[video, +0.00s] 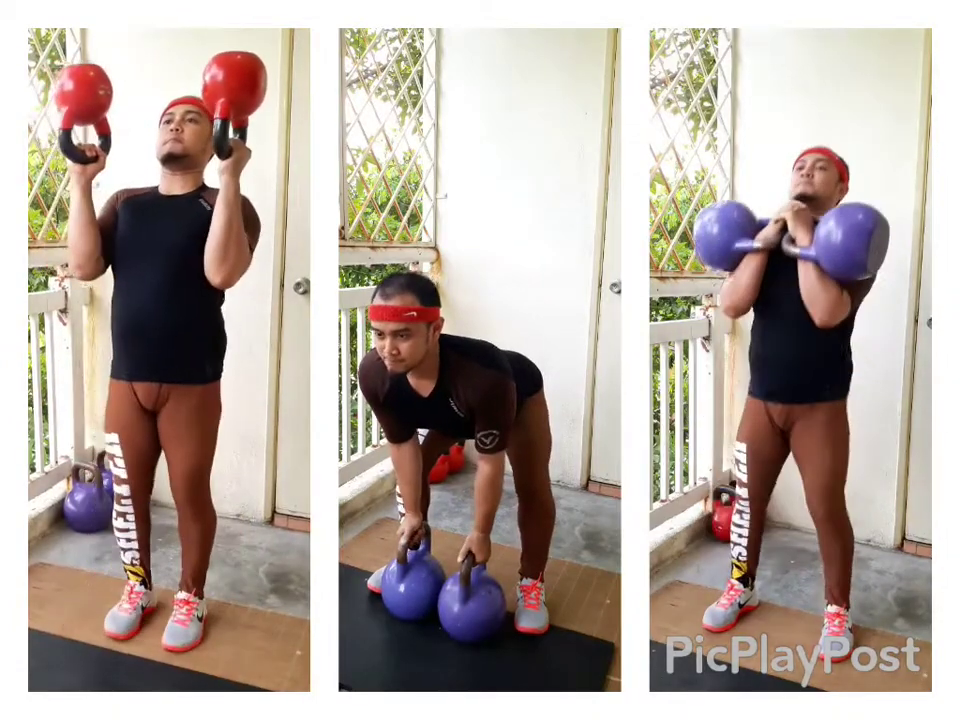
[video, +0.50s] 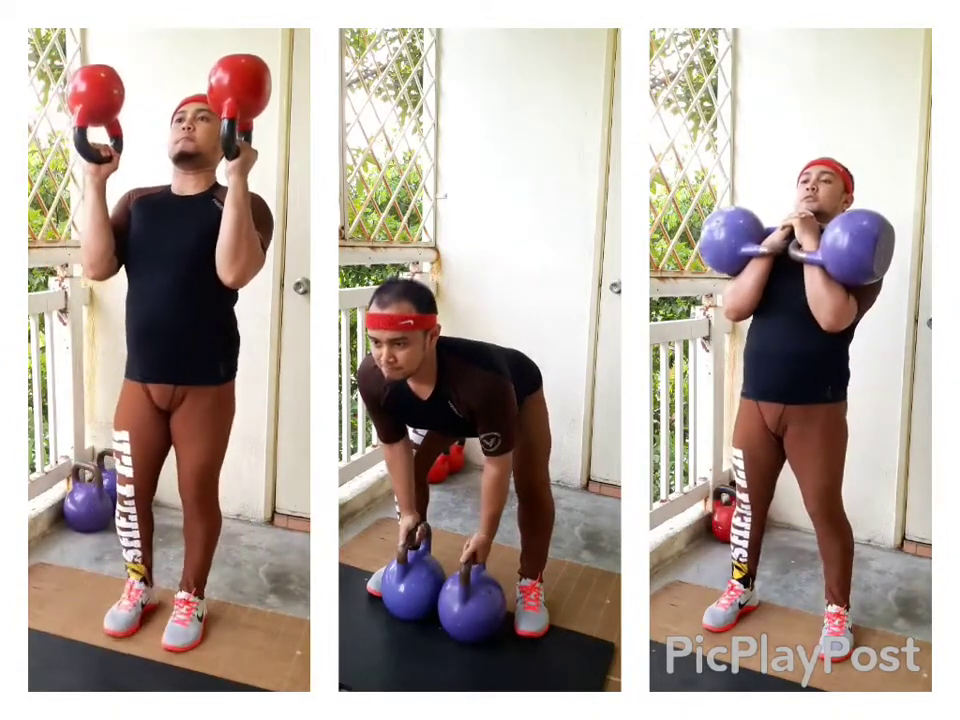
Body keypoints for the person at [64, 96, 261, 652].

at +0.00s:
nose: (174, 127)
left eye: (190, 121)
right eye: (167, 121)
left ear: (213, 140)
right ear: (156, 140)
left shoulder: (231, 207)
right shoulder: (125, 202)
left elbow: (222, 272)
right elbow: (84, 266)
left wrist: (228, 179)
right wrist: (82, 182)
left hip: (191, 379)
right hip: (126, 375)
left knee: (189, 493)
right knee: (131, 490)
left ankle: (190, 597)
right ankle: (136, 586)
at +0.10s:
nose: (175, 127)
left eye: (190, 120)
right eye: (168, 121)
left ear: (214, 140)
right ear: (157, 140)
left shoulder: (232, 208)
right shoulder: (125, 202)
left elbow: (224, 274)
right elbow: (84, 265)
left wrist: (232, 179)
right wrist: (84, 181)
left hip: (191, 378)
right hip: (125, 374)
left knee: (189, 492)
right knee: (131, 490)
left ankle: (190, 597)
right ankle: (135, 587)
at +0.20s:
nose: (178, 126)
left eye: (193, 120)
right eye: (170, 120)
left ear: (216, 140)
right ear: (159, 139)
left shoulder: (234, 209)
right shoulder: (126, 200)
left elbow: (224, 274)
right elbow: (86, 264)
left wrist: (231, 180)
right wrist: (87, 177)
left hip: (191, 377)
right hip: (125, 373)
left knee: (189, 493)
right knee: (131, 490)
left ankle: (189, 597)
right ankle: (136, 586)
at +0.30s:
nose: (181, 126)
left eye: (195, 119)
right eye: (173, 120)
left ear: (219, 139)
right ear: (162, 138)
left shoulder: (238, 209)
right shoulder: (129, 199)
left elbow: (226, 274)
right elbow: (89, 263)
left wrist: (232, 182)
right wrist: (90, 178)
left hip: (193, 378)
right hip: (128, 374)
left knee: (189, 493)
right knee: (132, 490)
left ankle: (190, 596)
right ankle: (136, 586)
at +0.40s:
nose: (184, 126)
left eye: (198, 119)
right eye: (176, 120)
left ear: (222, 138)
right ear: (165, 140)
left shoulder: (242, 207)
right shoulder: (134, 200)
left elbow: (230, 273)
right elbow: (92, 264)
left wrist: (235, 180)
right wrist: (93, 180)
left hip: (199, 379)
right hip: (133, 375)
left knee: (193, 494)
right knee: (132, 492)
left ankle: (190, 597)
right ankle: (136, 587)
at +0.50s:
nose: (187, 126)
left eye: (201, 119)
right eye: (179, 120)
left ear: (226, 138)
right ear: (167, 140)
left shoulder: (246, 205)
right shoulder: (138, 201)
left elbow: (234, 272)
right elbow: (97, 266)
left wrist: (235, 182)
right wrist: (96, 183)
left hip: (206, 381)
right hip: (140, 377)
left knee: (197, 496)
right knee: (132, 492)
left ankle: (190, 596)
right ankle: (138, 584)